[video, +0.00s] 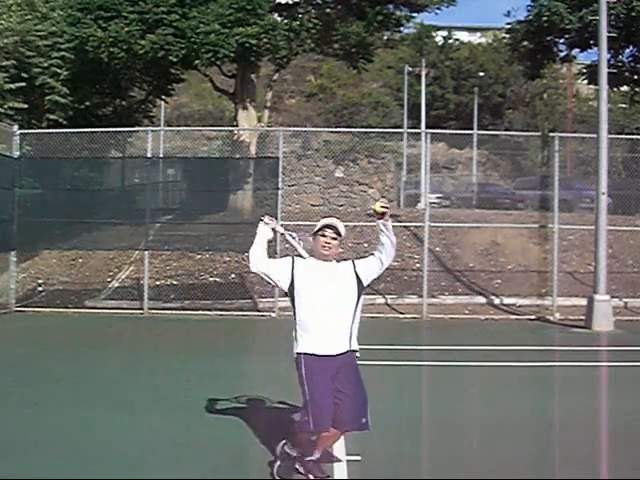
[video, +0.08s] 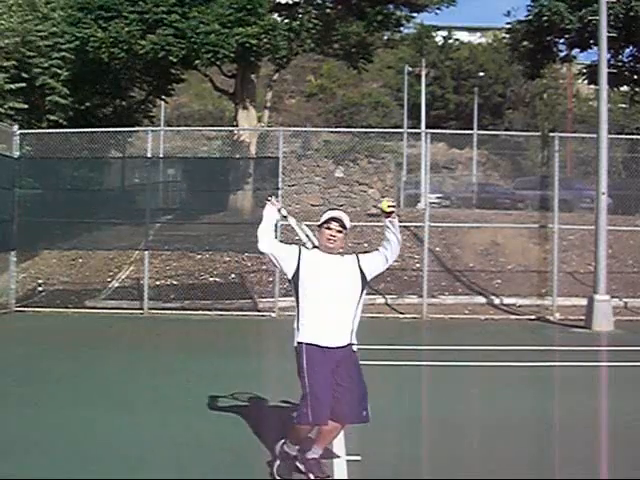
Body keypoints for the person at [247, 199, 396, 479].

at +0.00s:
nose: (328, 240)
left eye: (334, 237)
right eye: (323, 235)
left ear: (341, 246)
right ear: (312, 241)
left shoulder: (353, 270)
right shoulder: (295, 267)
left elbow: (384, 256)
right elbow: (258, 263)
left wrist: (384, 224)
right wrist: (263, 232)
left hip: (345, 353)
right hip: (311, 353)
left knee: (347, 419)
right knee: (317, 421)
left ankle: (311, 460)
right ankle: (289, 450)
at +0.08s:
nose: (333, 233)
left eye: (339, 230)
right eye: (328, 227)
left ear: (345, 237)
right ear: (318, 232)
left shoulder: (357, 264)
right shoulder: (301, 258)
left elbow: (389, 253)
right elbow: (266, 243)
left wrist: (391, 219)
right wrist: (271, 211)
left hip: (344, 347)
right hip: (312, 346)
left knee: (345, 412)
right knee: (316, 415)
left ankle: (311, 457)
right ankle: (287, 449)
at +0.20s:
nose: (341, 220)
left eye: (347, 217)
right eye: (335, 215)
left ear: (352, 226)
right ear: (323, 219)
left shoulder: (363, 254)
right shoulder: (309, 240)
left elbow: (395, 252)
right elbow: (285, 210)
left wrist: (400, 222)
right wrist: (289, 177)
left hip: (343, 332)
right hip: (312, 327)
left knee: (337, 399)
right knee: (310, 397)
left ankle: (315, 453)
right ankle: (289, 449)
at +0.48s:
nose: (350, 220)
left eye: (356, 216)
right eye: (346, 214)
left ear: (361, 222)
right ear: (333, 215)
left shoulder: (362, 256)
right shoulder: (322, 238)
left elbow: (384, 275)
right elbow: (323, 197)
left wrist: (413, 263)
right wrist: (336, 150)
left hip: (341, 330)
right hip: (316, 323)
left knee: (333, 396)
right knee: (315, 394)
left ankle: (316, 456)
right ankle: (297, 457)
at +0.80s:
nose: (360, 229)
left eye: (366, 225)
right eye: (355, 222)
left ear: (370, 230)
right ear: (342, 222)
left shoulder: (367, 261)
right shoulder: (330, 244)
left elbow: (373, 293)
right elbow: (315, 214)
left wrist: (398, 297)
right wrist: (342, 186)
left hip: (354, 335)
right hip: (330, 331)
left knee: (349, 396)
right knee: (346, 397)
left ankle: (315, 451)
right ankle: (351, 465)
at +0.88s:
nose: (362, 232)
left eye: (367, 227)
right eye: (356, 225)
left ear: (371, 232)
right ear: (343, 228)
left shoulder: (368, 261)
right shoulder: (332, 252)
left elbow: (371, 300)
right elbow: (305, 235)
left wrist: (395, 308)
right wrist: (336, 214)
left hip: (359, 336)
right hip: (336, 334)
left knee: (363, 399)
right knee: (356, 400)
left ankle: (320, 448)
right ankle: (351, 467)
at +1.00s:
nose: (361, 232)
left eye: (366, 228)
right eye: (356, 226)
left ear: (371, 232)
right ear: (343, 227)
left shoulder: (369, 260)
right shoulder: (330, 248)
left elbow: (373, 293)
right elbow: (296, 263)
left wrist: (386, 312)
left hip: (361, 337)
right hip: (337, 335)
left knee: (368, 397)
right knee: (355, 400)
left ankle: (322, 444)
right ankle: (351, 467)